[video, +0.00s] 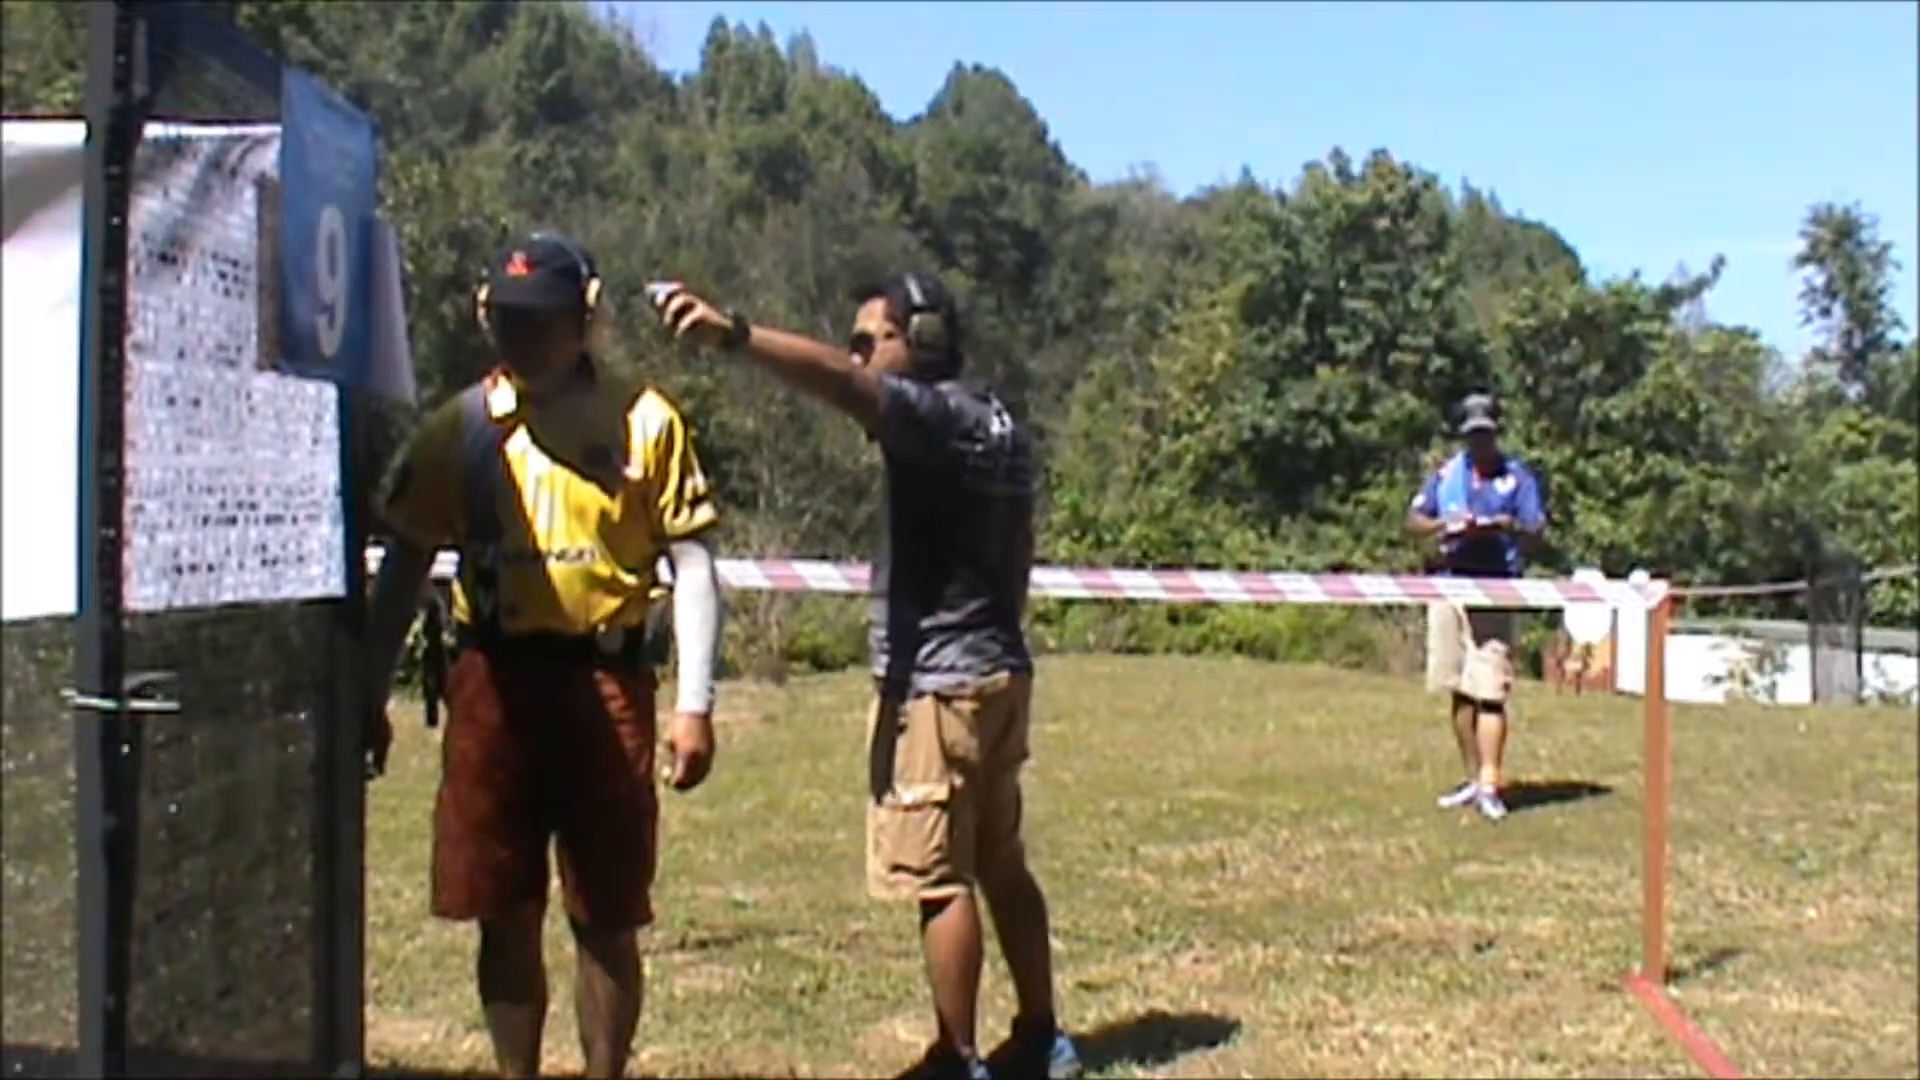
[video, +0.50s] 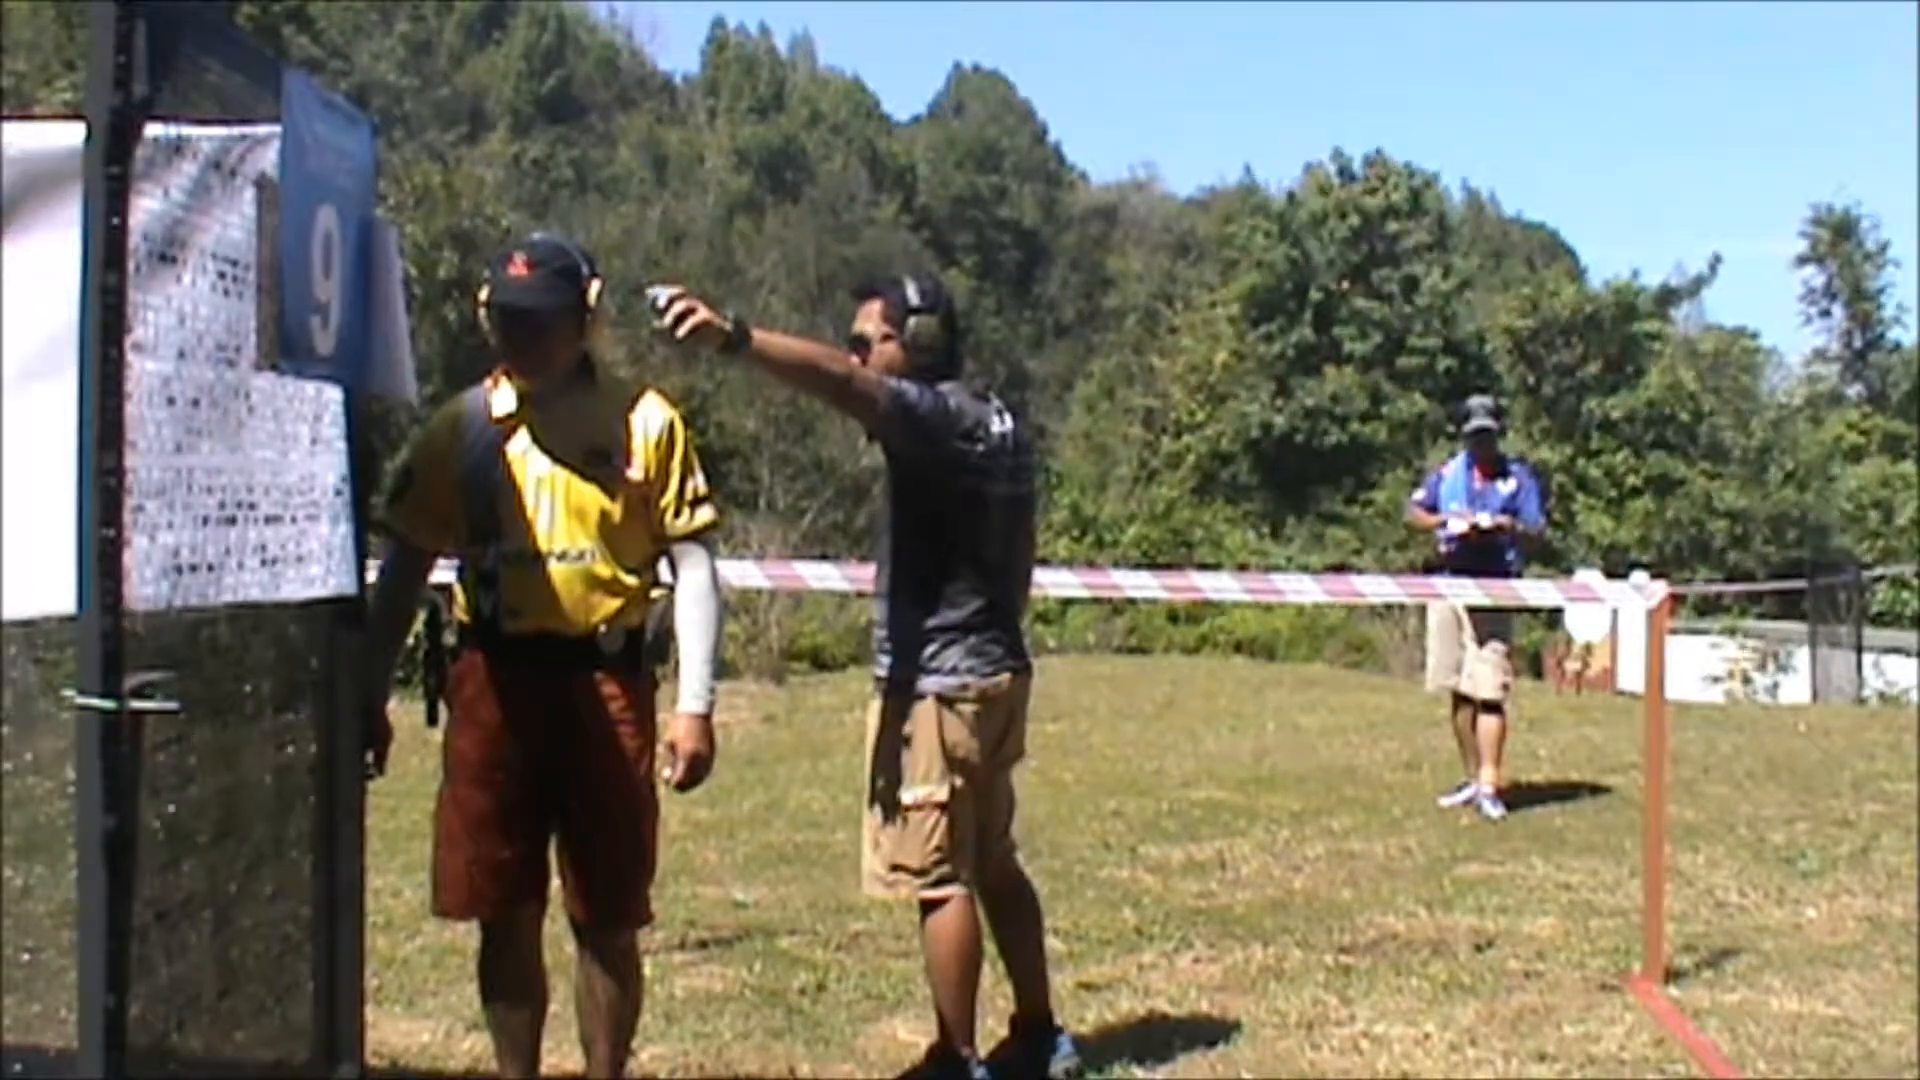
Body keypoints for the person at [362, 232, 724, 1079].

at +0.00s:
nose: (516, 339)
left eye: (536, 323)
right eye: (506, 320)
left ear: (585, 323)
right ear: (488, 317)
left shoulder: (645, 423)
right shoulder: (463, 426)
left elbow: (692, 565)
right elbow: (405, 565)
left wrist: (695, 700)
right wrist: (370, 695)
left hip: (605, 694)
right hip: (495, 694)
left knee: (606, 923)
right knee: (503, 915)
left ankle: (605, 1071)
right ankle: (517, 1071)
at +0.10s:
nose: (516, 339)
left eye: (536, 323)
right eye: (506, 320)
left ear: (585, 324)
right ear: (488, 316)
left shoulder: (645, 424)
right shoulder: (463, 426)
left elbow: (693, 565)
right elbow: (405, 564)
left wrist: (695, 701)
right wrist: (370, 695)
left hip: (605, 694)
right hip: (495, 694)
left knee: (606, 923)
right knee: (503, 915)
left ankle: (605, 1071)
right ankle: (517, 1071)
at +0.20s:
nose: (518, 338)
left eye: (538, 323)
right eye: (507, 320)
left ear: (585, 323)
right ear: (489, 317)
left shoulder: (645, 423)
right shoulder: (463, 426)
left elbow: (693, 565)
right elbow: (405, 565)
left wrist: (696, 701)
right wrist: (369, 695)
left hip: (605, 692)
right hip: (495, 693)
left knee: (607, 923)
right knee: (503, 915)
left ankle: (607, 1071)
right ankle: (517, 1072)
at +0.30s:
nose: (518, 337)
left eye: (538, 322)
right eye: (507, 319)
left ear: (585, 323)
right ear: (490, 317)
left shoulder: (645, 424)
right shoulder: (463, 426)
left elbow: (693, 565)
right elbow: (405, 565)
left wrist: (696, 701)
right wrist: (369, 695)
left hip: (606, 692)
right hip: (495, 693)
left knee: (607, 923)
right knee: (503, 914)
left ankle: (607, 1071)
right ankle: (517, 1072)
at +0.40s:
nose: (519, 338)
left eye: (538, 323)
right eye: (507, 320)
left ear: (585, 323)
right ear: (490, 317)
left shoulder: (645, 424)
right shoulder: (463, 426)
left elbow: (693, 565)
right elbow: (405, 565)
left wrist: (696, 701)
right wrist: (369, 694)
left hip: (606, 692)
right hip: (495, 693)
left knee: (607, 923)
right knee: (503, 914)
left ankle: (607, 1071)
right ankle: (517, 1072)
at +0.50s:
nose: (519, 338)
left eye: (539, 323)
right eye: (507, 320)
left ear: (586, 323)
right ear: (490, 317)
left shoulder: (645, 424)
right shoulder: (463, 426)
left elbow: (693, 565)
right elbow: (405, 565)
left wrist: (695, 701)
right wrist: (369, 695)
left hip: (606, 692)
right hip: (495, 693)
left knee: (607, 923)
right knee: (503, 914)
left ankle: (607, 1071)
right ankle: (517, 1072)